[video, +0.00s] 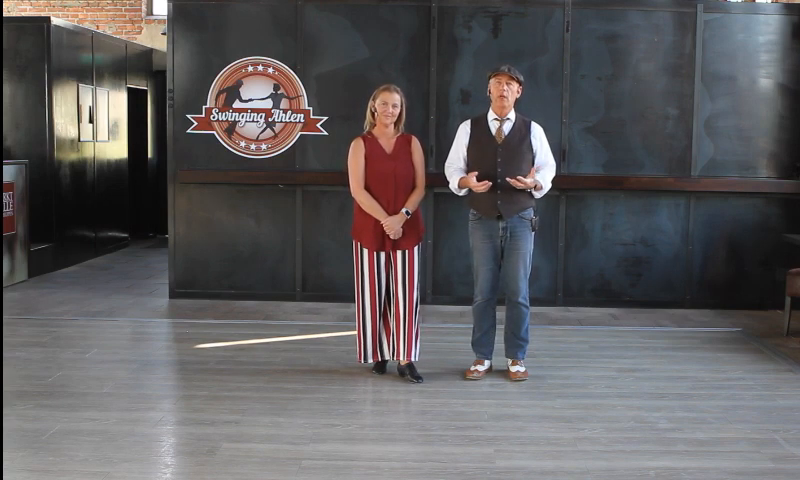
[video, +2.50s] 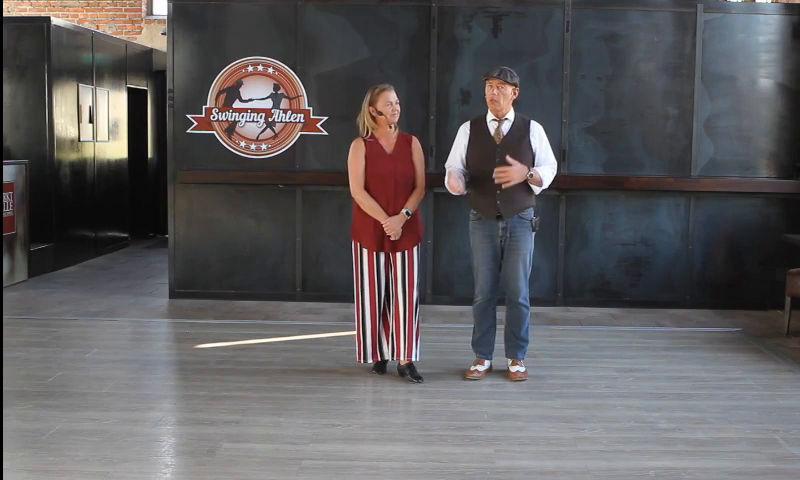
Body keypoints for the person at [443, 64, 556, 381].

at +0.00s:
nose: (504, 90)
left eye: (510, 85)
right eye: (499, 84)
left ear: (518, 92)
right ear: (489, 89)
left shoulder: (532, 130)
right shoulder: (468, 129)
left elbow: (548, 169)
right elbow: (452, 170)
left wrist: (533, 181)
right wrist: (466, 181)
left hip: (520, 219)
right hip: (481, 220)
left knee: (517, 292)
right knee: (483, 292)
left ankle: (516, 359)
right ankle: (482, 358)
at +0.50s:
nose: (502, 90)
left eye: (508, 86)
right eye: (497, 85)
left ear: (517, 91)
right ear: (488, 91)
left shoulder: (533, 130)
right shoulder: (469, 127)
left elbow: (550, 170)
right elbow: (451, 168)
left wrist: (532, 171)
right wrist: (469, 171)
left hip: (520, 220)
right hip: (481, 220)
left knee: (517, 293)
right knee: (483, 292)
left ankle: (516, 358)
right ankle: (482, 358)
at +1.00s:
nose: (500, 93)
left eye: (505, 87)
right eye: (494, 88)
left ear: (517, 90)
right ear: (488, 93)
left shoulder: (535, 131)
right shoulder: (471, 127)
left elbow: (545, 172)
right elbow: (453, 167)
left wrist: (542, 186)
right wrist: (482, 172)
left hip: (521, 219)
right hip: (482, 219)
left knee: (517, 293)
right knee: (484, 292)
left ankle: (516, 359)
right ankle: (482, 358)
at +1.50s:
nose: (501, 92)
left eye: (507, 86)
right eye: (496, 87)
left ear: (518, 90)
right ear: (489, 92)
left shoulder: (536, 131)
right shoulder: (472, 126)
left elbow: (545, 171)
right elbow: (454, 167)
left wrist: (542, 186)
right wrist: (482, 173)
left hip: (521, 219)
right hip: (482, 219)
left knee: (517, 293)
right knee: (484, 292)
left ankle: (516, 359)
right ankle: (482, 358)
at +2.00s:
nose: (497, 92)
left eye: (502, 86)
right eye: (491, 87)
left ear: (514, 90)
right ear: (485, 93)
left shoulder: (533, 129)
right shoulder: (469, 129)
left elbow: (549, 166)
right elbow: (453, 170)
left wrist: (537, 177)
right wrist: (471, 178)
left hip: (521, 219)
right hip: (482, 219)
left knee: (517, 292)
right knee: (484, 291)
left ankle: (516, 359)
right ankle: (482, 358)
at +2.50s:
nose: (495, 94)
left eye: (501, 88)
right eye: (491, 88)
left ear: (514, 93)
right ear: (485, 92)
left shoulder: (531, 129)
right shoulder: (469, 129)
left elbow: (549, 170)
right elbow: (454, 166)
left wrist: (527, 173)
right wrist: (455, 179)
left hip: (520, 220)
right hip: (481, 220)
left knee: (516, 292)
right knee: (483, 292)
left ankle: (516, 358)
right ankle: (482, 358)